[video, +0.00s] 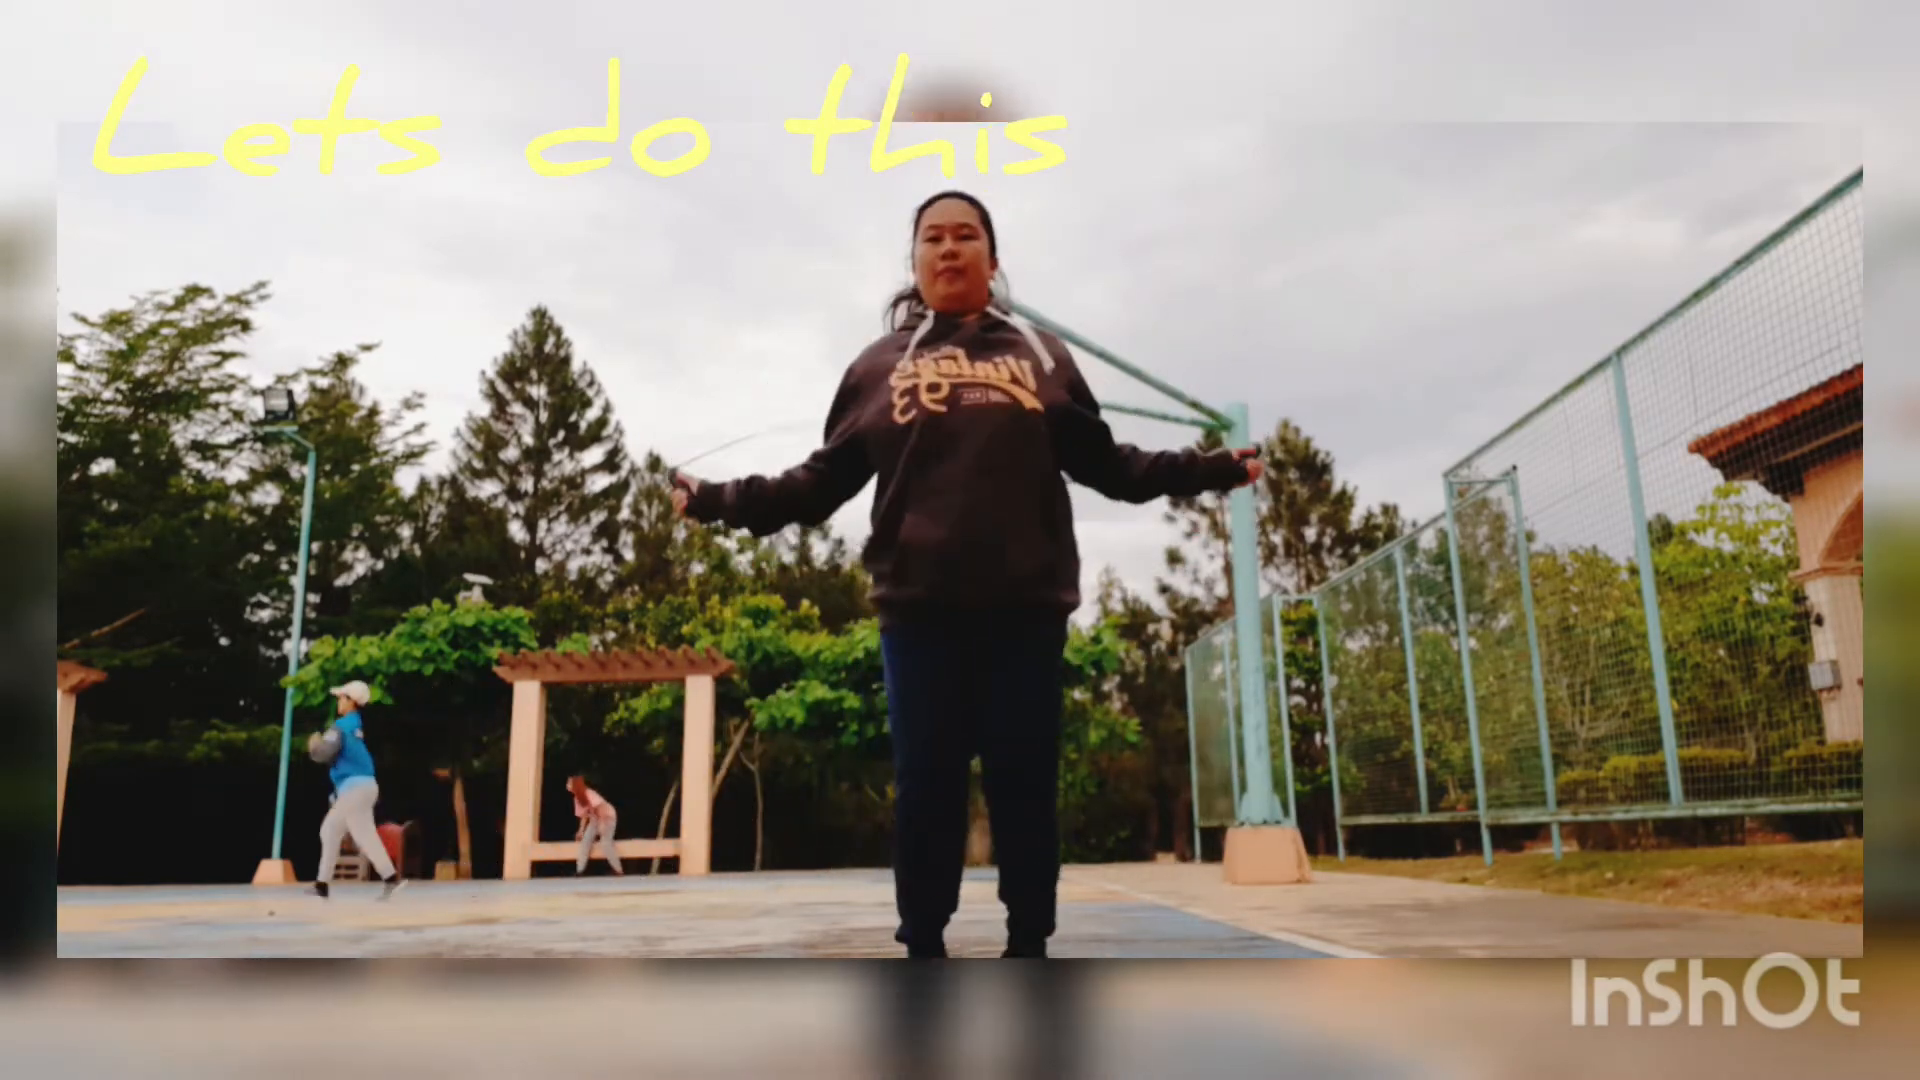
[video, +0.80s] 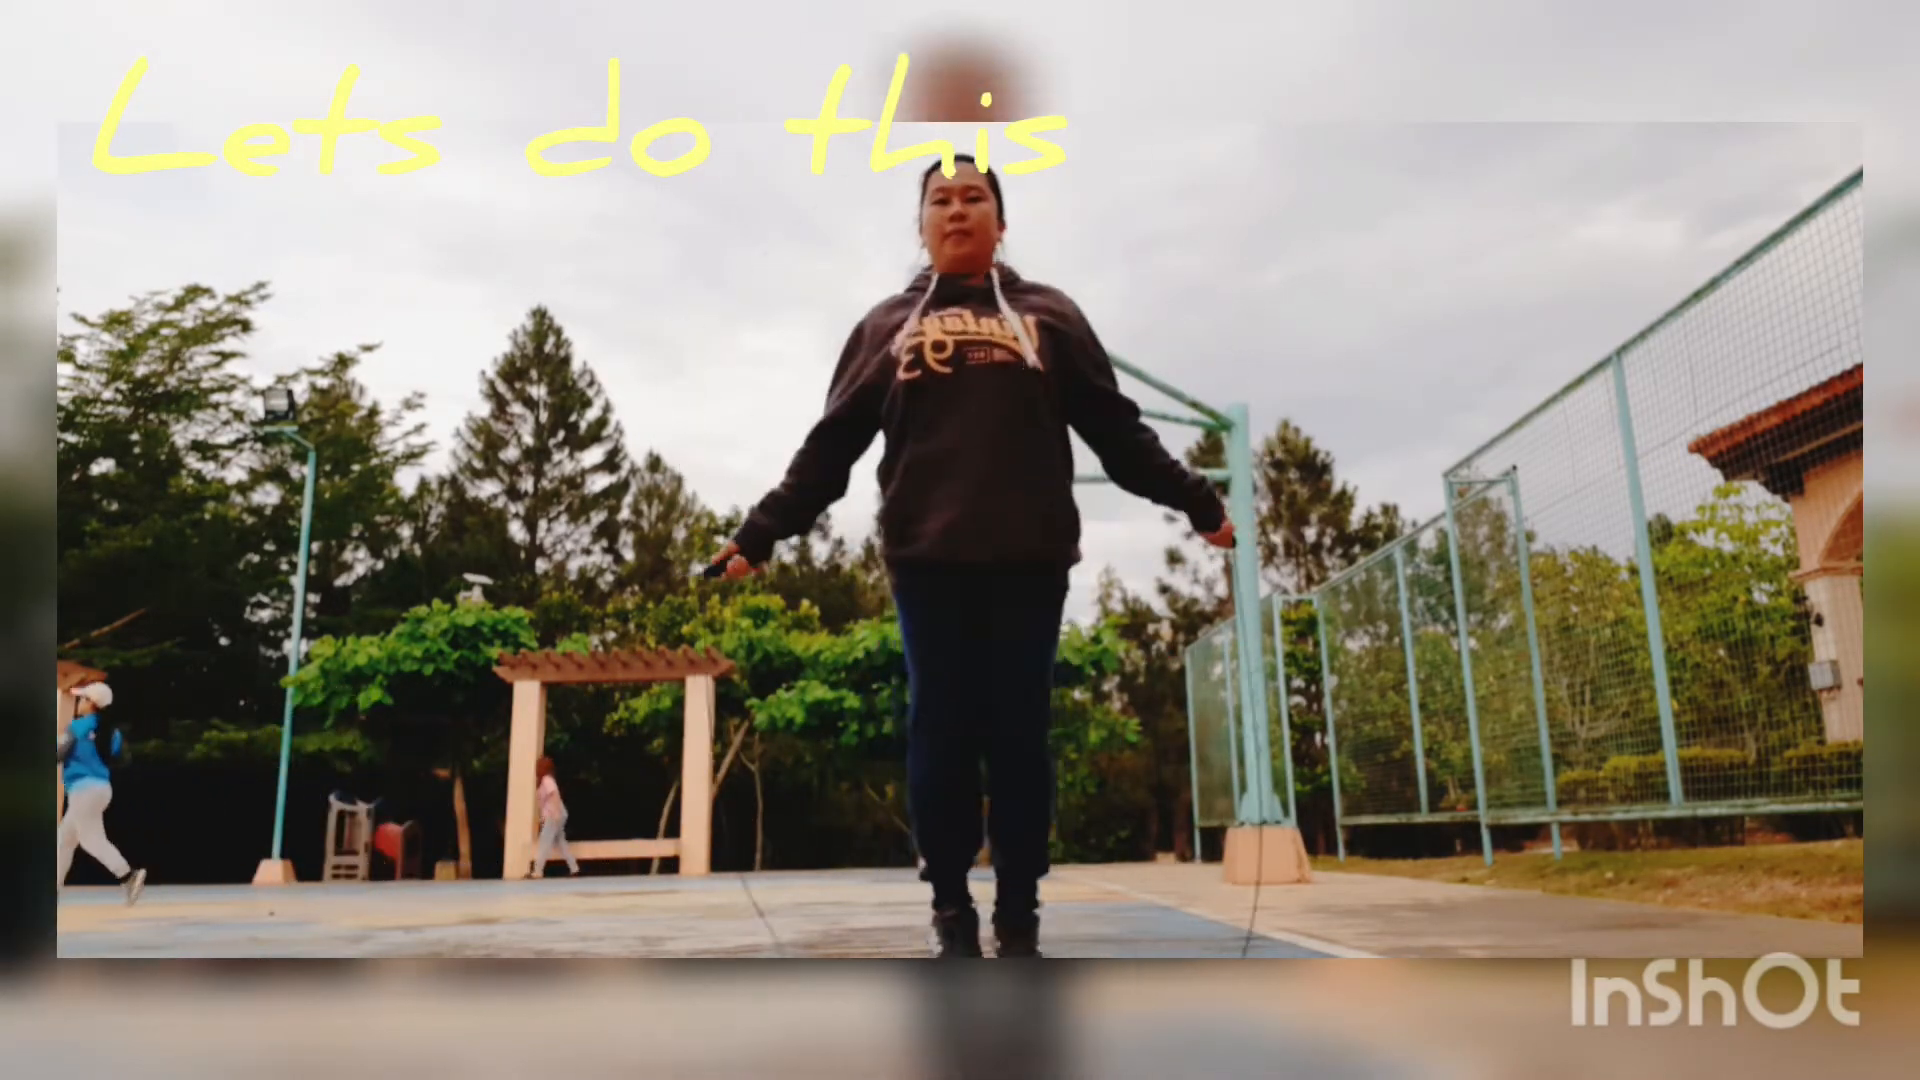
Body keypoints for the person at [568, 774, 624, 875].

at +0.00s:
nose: (569, 787)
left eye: (571, 784)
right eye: (569, 784)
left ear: (578, 785)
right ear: (571, 787)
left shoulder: (588, 795)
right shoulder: (578, 797)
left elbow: (598, 815)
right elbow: (584, 816)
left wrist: (600, 830)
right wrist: (580, 832)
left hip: (607, 815)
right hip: (594, 817)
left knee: (606, 842)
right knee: (586, 841)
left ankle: (618, 869)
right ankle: (580, 869)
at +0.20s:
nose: (561, 784)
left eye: (563, 780)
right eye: (560, 781)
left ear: (569, 780)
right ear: (563, 782)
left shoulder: (577, 788)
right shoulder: (570, 793)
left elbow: (589, 803)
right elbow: (580, 813)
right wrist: (578, 827)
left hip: (598, 814)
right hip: (587, 816)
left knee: (601, 842)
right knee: (580, 840)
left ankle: (617, 868)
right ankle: (577, 870)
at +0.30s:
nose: (554, 776)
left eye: (556, 773)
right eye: (553, 773)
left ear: (562, 773)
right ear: (560, 774)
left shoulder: (570, 784)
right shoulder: (564, 785)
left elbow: (579, 802)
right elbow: (574, 805)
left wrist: (581, 817)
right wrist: (571, 820)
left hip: (586, 814)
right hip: (577, 816)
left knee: (588, 840)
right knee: (574, 841)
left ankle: (610, 862)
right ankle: (576, 870)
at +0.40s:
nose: (551, 774)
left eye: (552, 771)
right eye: (551, 771)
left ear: (558, 771)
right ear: (560, 771)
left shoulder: (566, 781)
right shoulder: (562, 784)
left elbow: (575, 800)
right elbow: (570, 805)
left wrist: (571, 816)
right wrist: (566, 819)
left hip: (582, 813)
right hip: (575, 814)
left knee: (578, 840)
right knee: (571, 841)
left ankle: (599, 863)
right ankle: (575, 870)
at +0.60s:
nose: (546, 770)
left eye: (548, 767)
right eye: (547, 767)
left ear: (552, 768)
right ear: (554, 769)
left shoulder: (559, 779)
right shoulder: (553, 783)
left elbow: (566, 796)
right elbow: (559, 804)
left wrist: (564, 812)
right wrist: (553, 817)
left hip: (568, 810)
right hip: (564, 812)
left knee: (559, 838)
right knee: (566, 839)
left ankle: (559, 869)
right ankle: (575, 869)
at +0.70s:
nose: (541, 770)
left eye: (543, 768)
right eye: (542, 767)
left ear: (546, 768)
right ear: (550, 768)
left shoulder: (553, 779)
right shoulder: (549, 781)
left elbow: (560, 797)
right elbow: (554, 803)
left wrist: (556, 814)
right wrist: (547, 817)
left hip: (561, 813)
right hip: (561, 813)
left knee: (551, 840)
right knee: (565, 841)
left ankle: (544, 869)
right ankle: (574, 868)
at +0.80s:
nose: (537, 770)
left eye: (539, 767)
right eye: (538, 767)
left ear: (542, 768)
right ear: (548, 768)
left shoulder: (547, 780)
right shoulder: (546, 781)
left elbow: (552, 797)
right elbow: (542, 799)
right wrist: (543, 817)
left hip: (554, 814)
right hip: (558, 813)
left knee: (545, 840)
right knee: (561, 841)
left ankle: (538, 870)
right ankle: (574, 868)